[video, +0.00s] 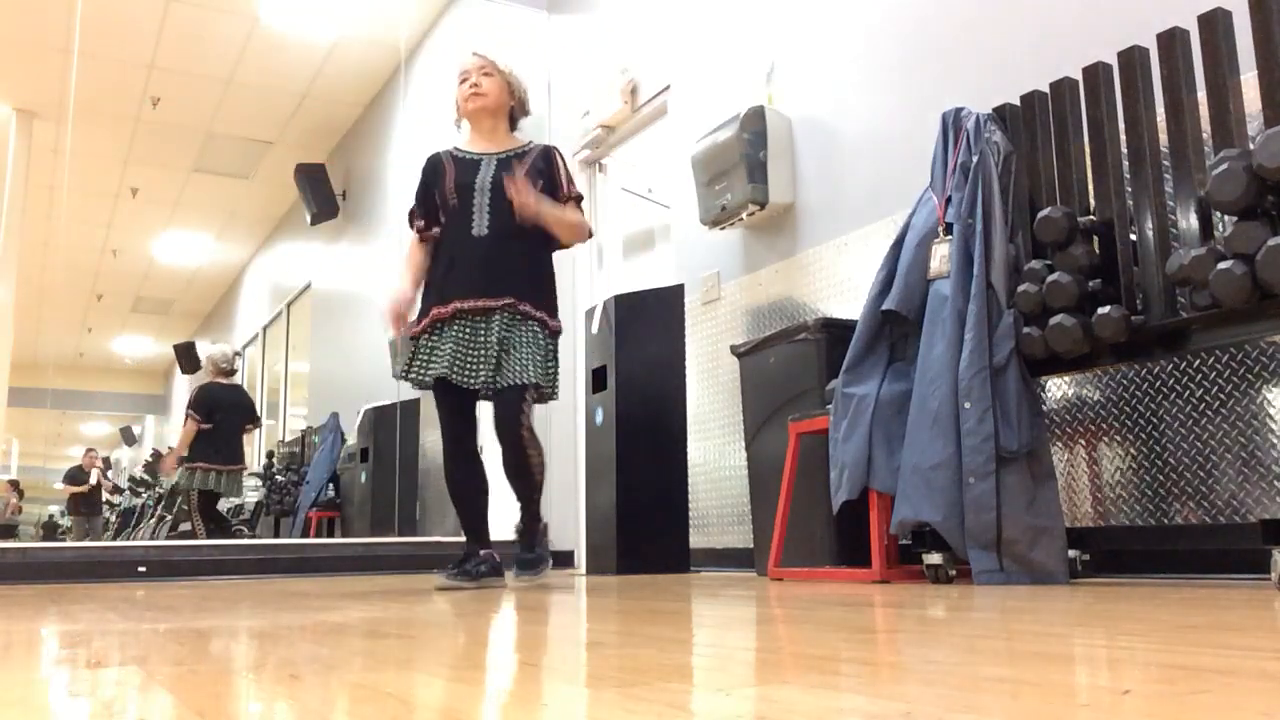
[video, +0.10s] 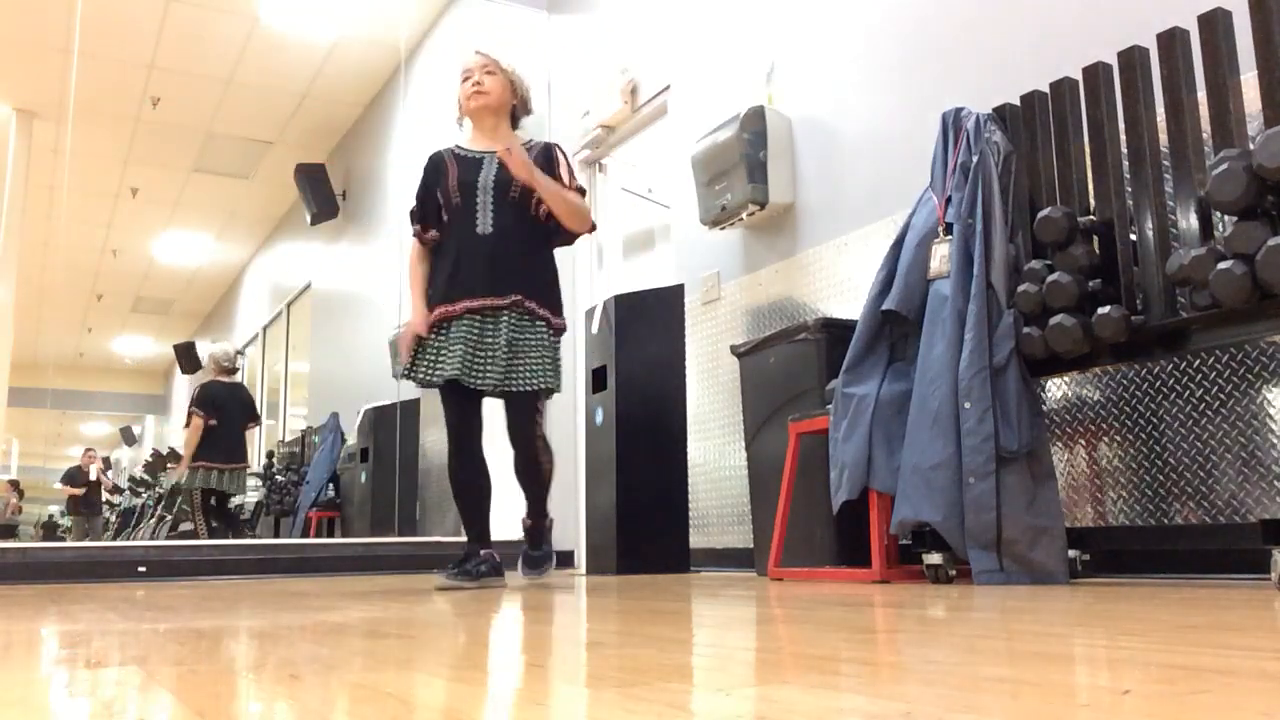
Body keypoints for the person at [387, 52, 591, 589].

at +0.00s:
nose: (472, 82)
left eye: (484, 75)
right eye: (463, 80)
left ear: (511, 95)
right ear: (457, 105)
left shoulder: (542, 159)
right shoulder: (440, 164)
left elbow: (579, 230)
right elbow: (422, 239)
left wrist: (540, 207)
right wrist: (407, 292)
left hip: (518, 308)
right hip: (450, 309)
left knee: (511, 424)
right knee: (457, 436)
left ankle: (532, 526)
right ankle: (479, 550)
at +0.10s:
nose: (474, 80)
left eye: (487, 74)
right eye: (466, 78)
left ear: (514, 94)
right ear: (459, 103)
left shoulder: (544, 155)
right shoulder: (442, 162)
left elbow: (581, 222)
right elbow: (421, 244)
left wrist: (532, 177)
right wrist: (418, 307)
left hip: (524, 309)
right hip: (454, 310)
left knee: (526, 435)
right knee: (463, 437)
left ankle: (537, 528)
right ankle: (480, 550)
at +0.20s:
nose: (478, 80)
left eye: (491, 74)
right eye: (470, 78)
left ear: (518, 95)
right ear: (463, 103)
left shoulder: (546, 151)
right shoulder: (446, 163)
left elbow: (581, 210)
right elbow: (425, 244)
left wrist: (524, 165)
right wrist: (427, 311)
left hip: (534, 307)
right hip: (465, 310)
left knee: (541, 436)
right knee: (470, 436)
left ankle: (546, 545)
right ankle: (481, 551)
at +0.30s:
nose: (480, 82)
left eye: (493, 75)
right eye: (472, 80)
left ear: (521, 96)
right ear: (466, 106)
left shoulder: (548, 152)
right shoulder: (452, 166)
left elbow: (579, 210)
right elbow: (432, 245)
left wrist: (518, 178)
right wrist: (428, 309)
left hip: (540, 310)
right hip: (471, 314)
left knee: (543, 437)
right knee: (473, 437)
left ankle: (545, 548)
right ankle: (483, 551)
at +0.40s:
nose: (482, 89)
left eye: (495, 82)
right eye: (474, 87)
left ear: (522, 100)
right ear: (471, 112)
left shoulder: (553, 159)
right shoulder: (458, 173)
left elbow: (576, 224)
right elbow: (440, 254)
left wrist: (522, 236)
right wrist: (424, 316)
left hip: (545, 317)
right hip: (478, 321)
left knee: (543, 440)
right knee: (476, 436)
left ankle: (545, 549)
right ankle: (499, 546)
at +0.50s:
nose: (482, 88)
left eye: (495, 82)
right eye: (475, 86)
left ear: (523, 101)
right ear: (472, 112)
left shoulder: (551, 159)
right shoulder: (459, 173)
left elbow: (574, 229)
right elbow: (445, 256)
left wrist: (547, 280)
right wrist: (421, 317)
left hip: (541, 315)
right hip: (477, 319)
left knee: (541, 439)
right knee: (479, 436)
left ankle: (545, 550)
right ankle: (505, 548)